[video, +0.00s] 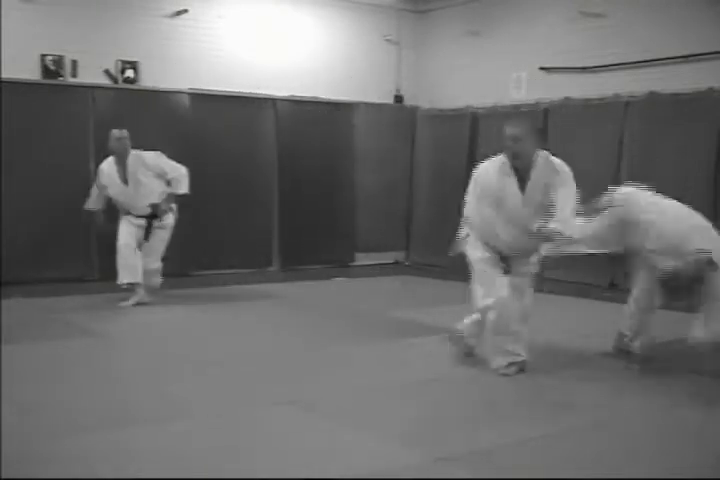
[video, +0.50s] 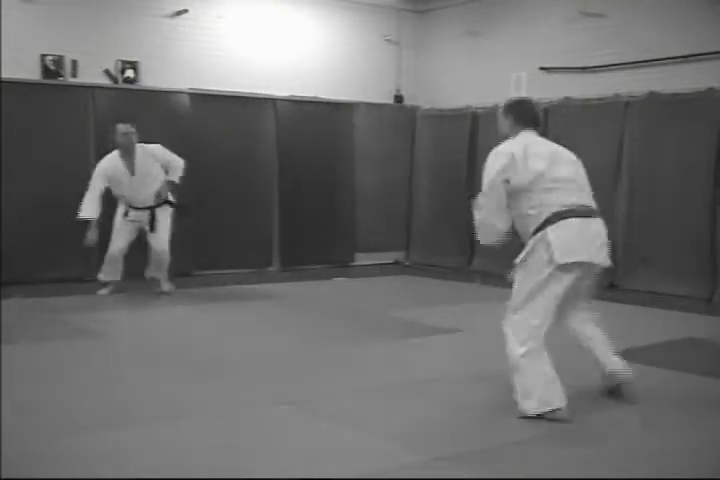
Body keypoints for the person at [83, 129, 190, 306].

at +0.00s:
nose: (122, 143)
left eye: (125, 139)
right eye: (117, 140)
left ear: (130, 142)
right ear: (110, 145)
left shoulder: (148, 159)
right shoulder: (106, 169)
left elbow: (180, 173)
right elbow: (98, 194)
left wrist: (168, 201)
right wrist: (97, 211)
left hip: (160, 213)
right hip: (131, 216)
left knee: (150, 259)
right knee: (125, 248)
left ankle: (153, 285)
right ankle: (139, 291)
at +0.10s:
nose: (123, 141)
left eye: (126, 137)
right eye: (119, 137)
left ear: (131, 139)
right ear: (111, 141)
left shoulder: (148, 157)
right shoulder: (108, 165)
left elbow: (180, 171)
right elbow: (110, 193)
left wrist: (169, 198)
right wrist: (110, 201)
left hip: (158, 209)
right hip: (129, 211)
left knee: (150, 252)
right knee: (125, 246)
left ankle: (148, 283)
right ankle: (136, 289)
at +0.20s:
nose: (123, 138)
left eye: (126, 134)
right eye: (119, 134)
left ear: (131, 137)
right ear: (111, 139)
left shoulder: (149, 153)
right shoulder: (108, 163)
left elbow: (178, 167)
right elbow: (111, 188)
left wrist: (166, 195)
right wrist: (116, 201)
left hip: (157, 209)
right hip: (128, 210)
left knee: (147, 253)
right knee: (120, 241)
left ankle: (147, 284)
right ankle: (125, 283)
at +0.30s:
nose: (123, 136)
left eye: (126, 131)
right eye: (118, 132)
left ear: (131, 134)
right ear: (110, 137)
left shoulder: (150, 149)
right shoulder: (105, 162)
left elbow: (176, 163)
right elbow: (105, 195)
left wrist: (167, 189)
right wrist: (108, 219)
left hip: (158, 206)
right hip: (130, 208)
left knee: (152, 249)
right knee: (118, 242)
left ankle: (148, 283)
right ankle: (117, 280)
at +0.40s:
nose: (122, 137)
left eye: (125, 132)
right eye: (118, 133)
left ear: (130, 134)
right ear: (109, 137)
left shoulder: (150, 150)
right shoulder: (103, 165)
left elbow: (175, 162)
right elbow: (90, 195)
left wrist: (167, 186)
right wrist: (90, 226)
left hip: (159, 205)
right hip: (130, 208)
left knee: (156, 250)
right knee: (119, 245)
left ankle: (151, 283)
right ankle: (108, 283)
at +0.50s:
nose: (130, 138)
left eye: (132, 134)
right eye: (125, 135)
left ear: (137, 135)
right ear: (115, 139)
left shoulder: (154, 152)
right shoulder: (107, 165)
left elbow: (178, 164)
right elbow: (94, 194)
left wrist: (167, 186)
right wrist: (93, 226)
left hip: (159, 207)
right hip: (129, 209)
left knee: (161, 248)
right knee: (115, 250)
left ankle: (161, 280)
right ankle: (110, 283)